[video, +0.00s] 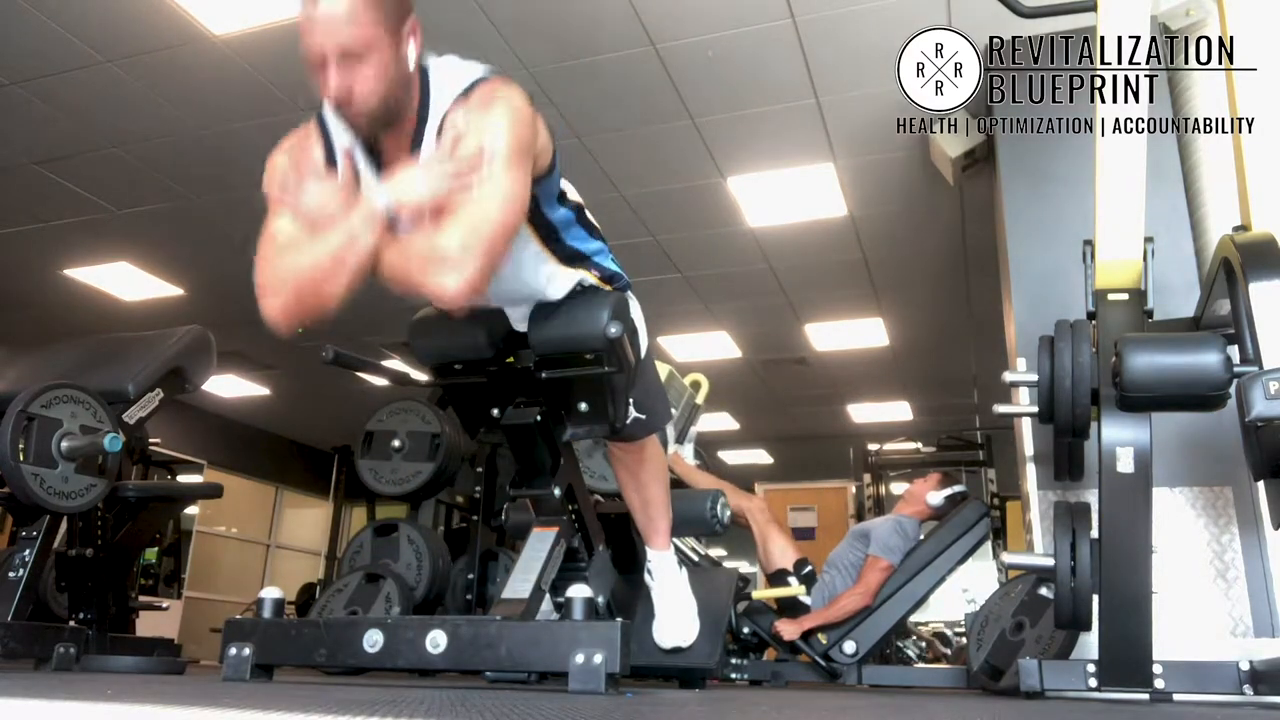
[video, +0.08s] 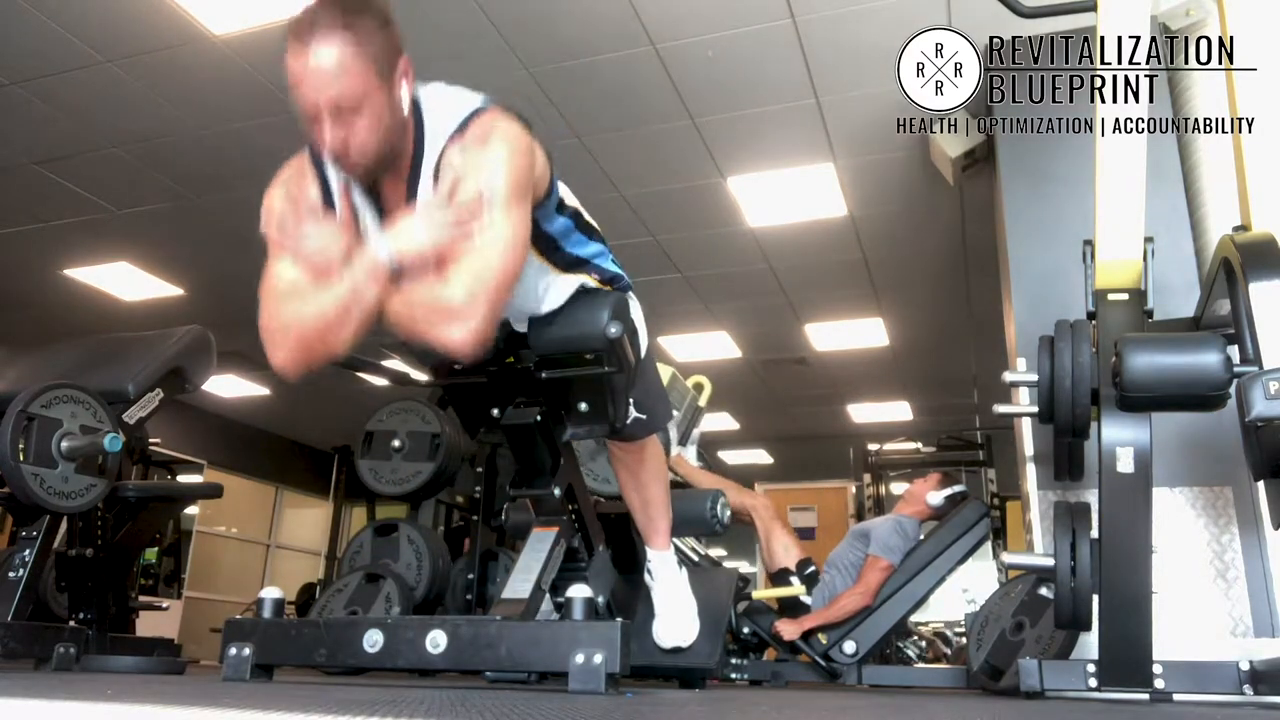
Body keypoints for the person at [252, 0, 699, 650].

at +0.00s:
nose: (334, 87)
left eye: (353, 60)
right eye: (319, 65)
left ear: (409, 42)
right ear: (306, 62)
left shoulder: (492, 110)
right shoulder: (300, 157)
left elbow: (455, 276)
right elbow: (281, 306)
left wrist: (343, 225)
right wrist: (388, 204)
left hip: (573, 293)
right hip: (472, 315)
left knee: (627, 413)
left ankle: (661, 564)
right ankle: (548, 533)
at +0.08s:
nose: (329, 141)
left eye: (346, 113)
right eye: (311, 118)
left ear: (401, 81)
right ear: (295, 106)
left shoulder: (491, 146)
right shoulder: (296, 190)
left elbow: (463, 326)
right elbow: (288, 350)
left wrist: (349, 270)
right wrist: (387, 254)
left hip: (571, 298)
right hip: (470, 329)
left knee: (625, 410)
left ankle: (661, 563)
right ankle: (550, 529)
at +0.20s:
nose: (331, 247)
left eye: (346, 220)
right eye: (312, 224)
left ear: (394, 173)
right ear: (291, 196)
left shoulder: (491, 205)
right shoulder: (300, 247)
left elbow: (480, 404)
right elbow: (309, 423)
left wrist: (359, 341)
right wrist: (399, 338)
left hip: (576, 303)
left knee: (629, 417)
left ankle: (662, 562)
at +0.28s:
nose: (334, 289)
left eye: (348, 266)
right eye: (315, 271)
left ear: (396, 214)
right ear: (294, 243)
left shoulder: (494, 234)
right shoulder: (302, 278)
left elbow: (491, 433)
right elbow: (320, 451)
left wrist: (365, 370)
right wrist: (416, 373)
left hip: (575, 296)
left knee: (631, 425)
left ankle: (662, 561)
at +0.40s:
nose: (349, 361)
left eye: (362, 340)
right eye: (328, 343)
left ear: (407, 283)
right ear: (304, 312)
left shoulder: (504, 283)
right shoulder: (313, 316)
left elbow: (511, 479)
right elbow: (347, 491)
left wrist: (381, 416)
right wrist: (428, 438)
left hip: (578, 294)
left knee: (632, 428)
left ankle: (662, 563)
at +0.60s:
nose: (360, 400)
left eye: (376, 379)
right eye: (341, 383)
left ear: (414, 321)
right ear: (310, 354)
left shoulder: (505, 320)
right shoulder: (319, 356)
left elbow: (523, 501)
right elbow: (361, 508)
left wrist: (399, 444)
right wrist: (438, 472)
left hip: (569, 262)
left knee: (632, 421)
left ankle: (662, 562)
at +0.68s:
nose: (355, 385)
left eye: (367, 367)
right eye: (338, 371)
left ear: (411, 307)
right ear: (310, 339)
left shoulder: (504, 305)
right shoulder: (319, 339)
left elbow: (518, 491)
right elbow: (357, 498)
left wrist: (393, 434)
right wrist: (434, 456)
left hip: (572, 266)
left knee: (632, 420)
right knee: (405, 444)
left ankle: (663, 564)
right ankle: (398, 575)